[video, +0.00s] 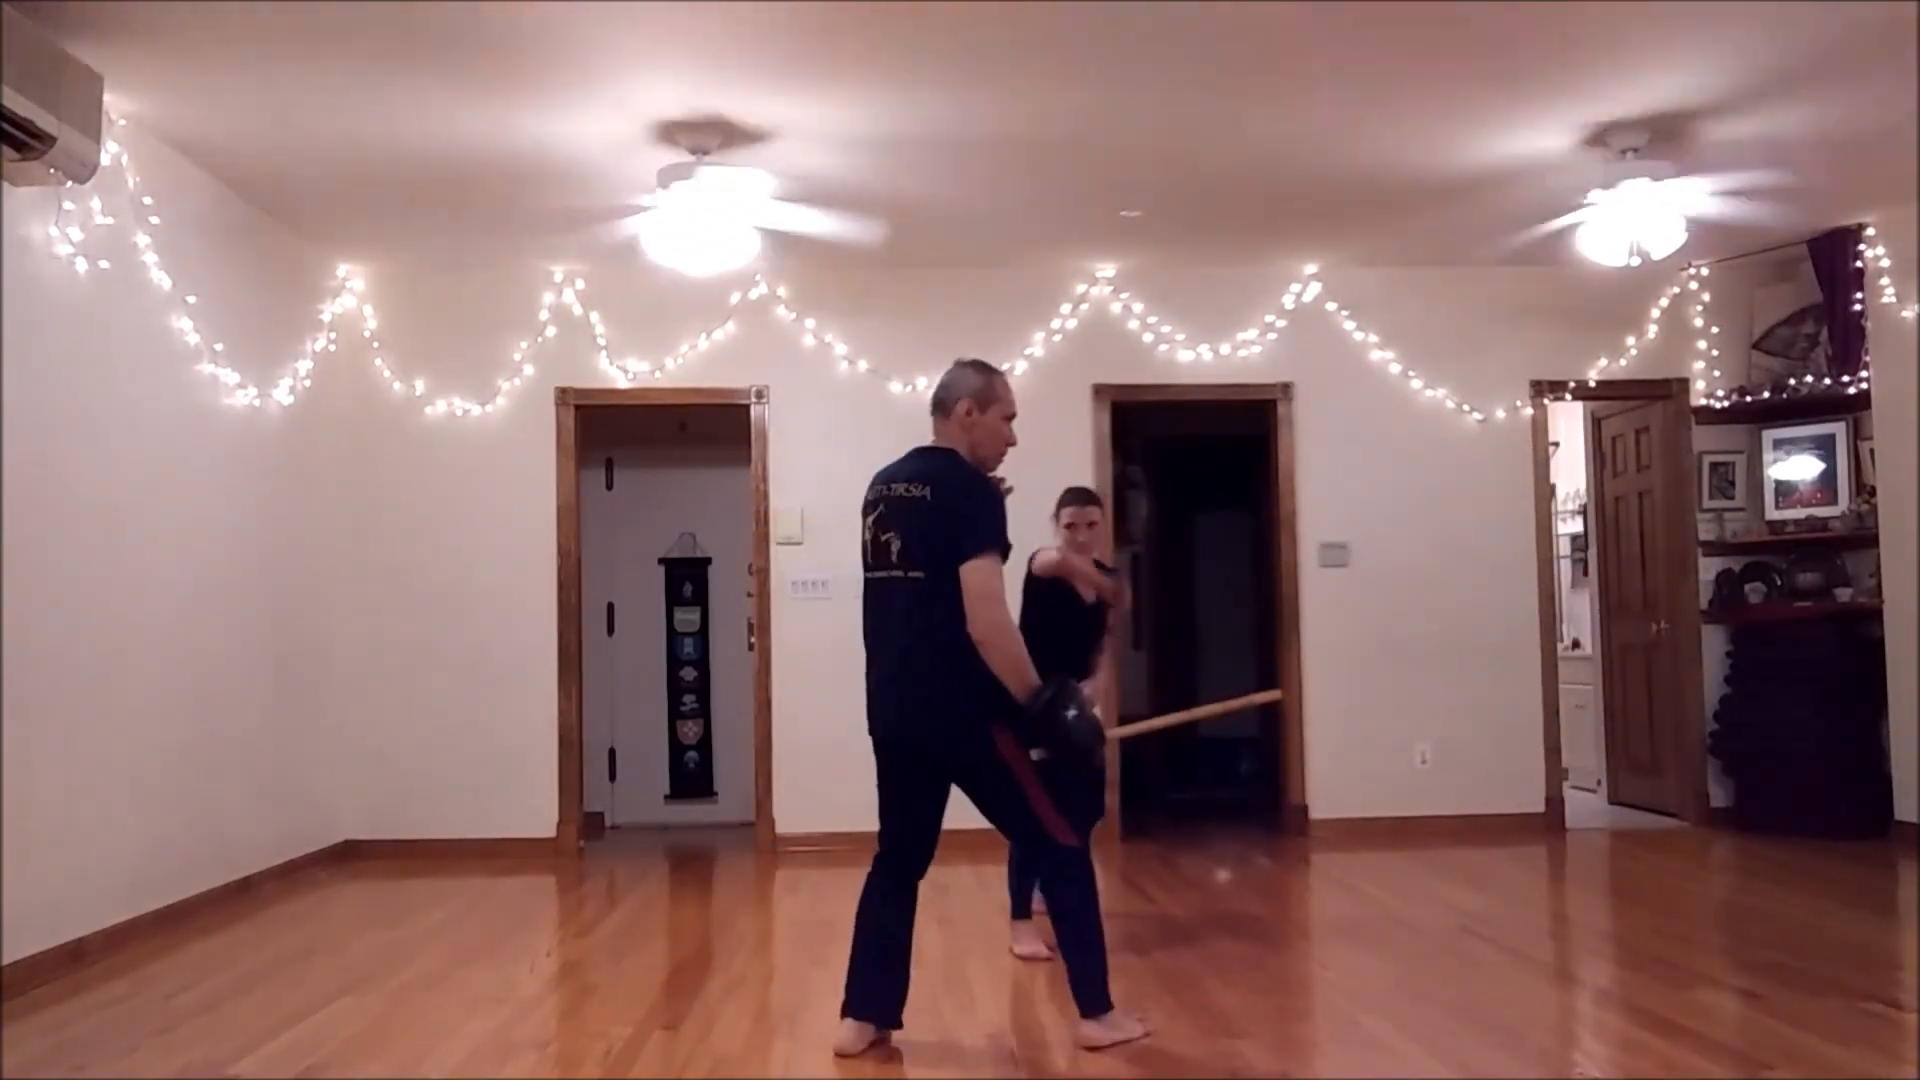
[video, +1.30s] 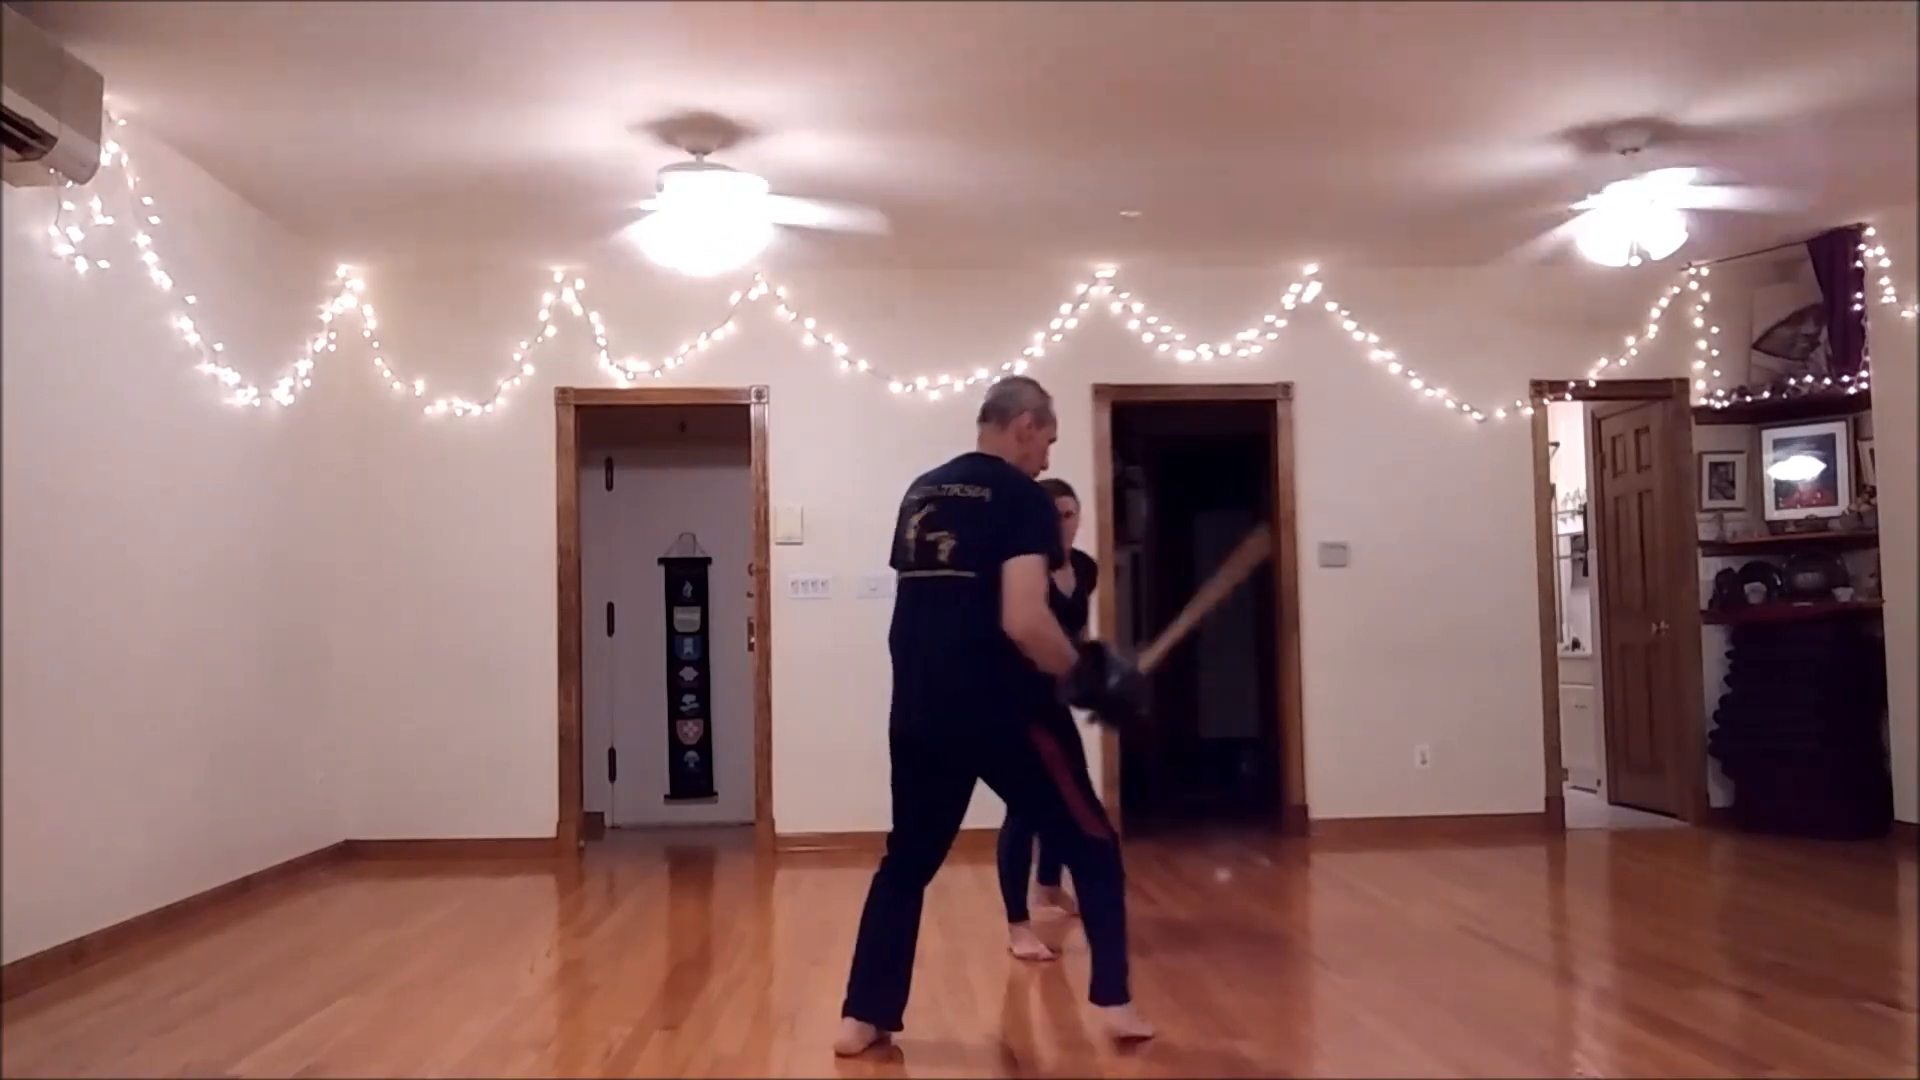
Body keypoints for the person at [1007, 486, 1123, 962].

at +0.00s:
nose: (1082, 534)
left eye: (1091, 526)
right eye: (1072, 526)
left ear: (1104, 527)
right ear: (1056, 528)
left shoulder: (1108, 580)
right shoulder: (1042, 562)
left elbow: (1104, 649)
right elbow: (1051, 561)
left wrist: (1093, 698)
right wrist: (1088, 576)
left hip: (1079, 703)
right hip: (1033, 701)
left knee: (1088, 803)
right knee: (1031, 809)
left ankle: (1058, 892)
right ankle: (1020, 918)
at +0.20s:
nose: (1075, 535)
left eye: (1081, 525)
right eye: (1066, 526)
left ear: (1092, 527)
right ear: (1049, 528)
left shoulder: (1097, 579)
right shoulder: (1031, 569)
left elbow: (1102, 640)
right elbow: (1002, 545)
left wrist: (1105, 671)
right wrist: (1039, 526)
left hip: (1075, 703)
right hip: (1028, 701)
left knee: (1080, 814)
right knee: (1038, 815)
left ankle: (1068, 919)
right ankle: (1023, 923)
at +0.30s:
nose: (1063, 532)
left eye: (1071, 522)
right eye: (1053, 524)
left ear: (1084, 526)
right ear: (1038, 529)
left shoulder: (1092, 577)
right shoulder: (1025, 575)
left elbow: (1095, 633)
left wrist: (1106, 659)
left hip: (1072, 701)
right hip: (1025, 702)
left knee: (1074, 817)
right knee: (1039, 819)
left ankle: (1070, 918)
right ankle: (1022, 925)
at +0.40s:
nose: (1063, 532)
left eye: (1071, 522)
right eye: (1052, 524)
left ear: (1083, 525)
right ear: (1036, 529)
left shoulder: (1088, 576)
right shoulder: (1026, 575)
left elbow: (1089, 634)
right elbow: (1009, 633)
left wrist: (1103, 658)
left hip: (1070, 699)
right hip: (1027, 701)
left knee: (1072, 814)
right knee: (1040, 817)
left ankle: (1061, 914)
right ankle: (1023, 923)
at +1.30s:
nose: (1067, 523)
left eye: (1072, 514)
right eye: (1058, 515)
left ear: (1080, 518)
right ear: (1037, 519)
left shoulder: (1084, 568)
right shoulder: (1019, 566)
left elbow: (1077, 628)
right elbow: (1015, 623)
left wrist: (1094, 662)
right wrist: (1072, 667)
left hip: (1057, 689)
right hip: (1011, 691)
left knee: (1065, 792)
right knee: (1021, 804)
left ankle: (1048, 884)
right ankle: (1016, 922)